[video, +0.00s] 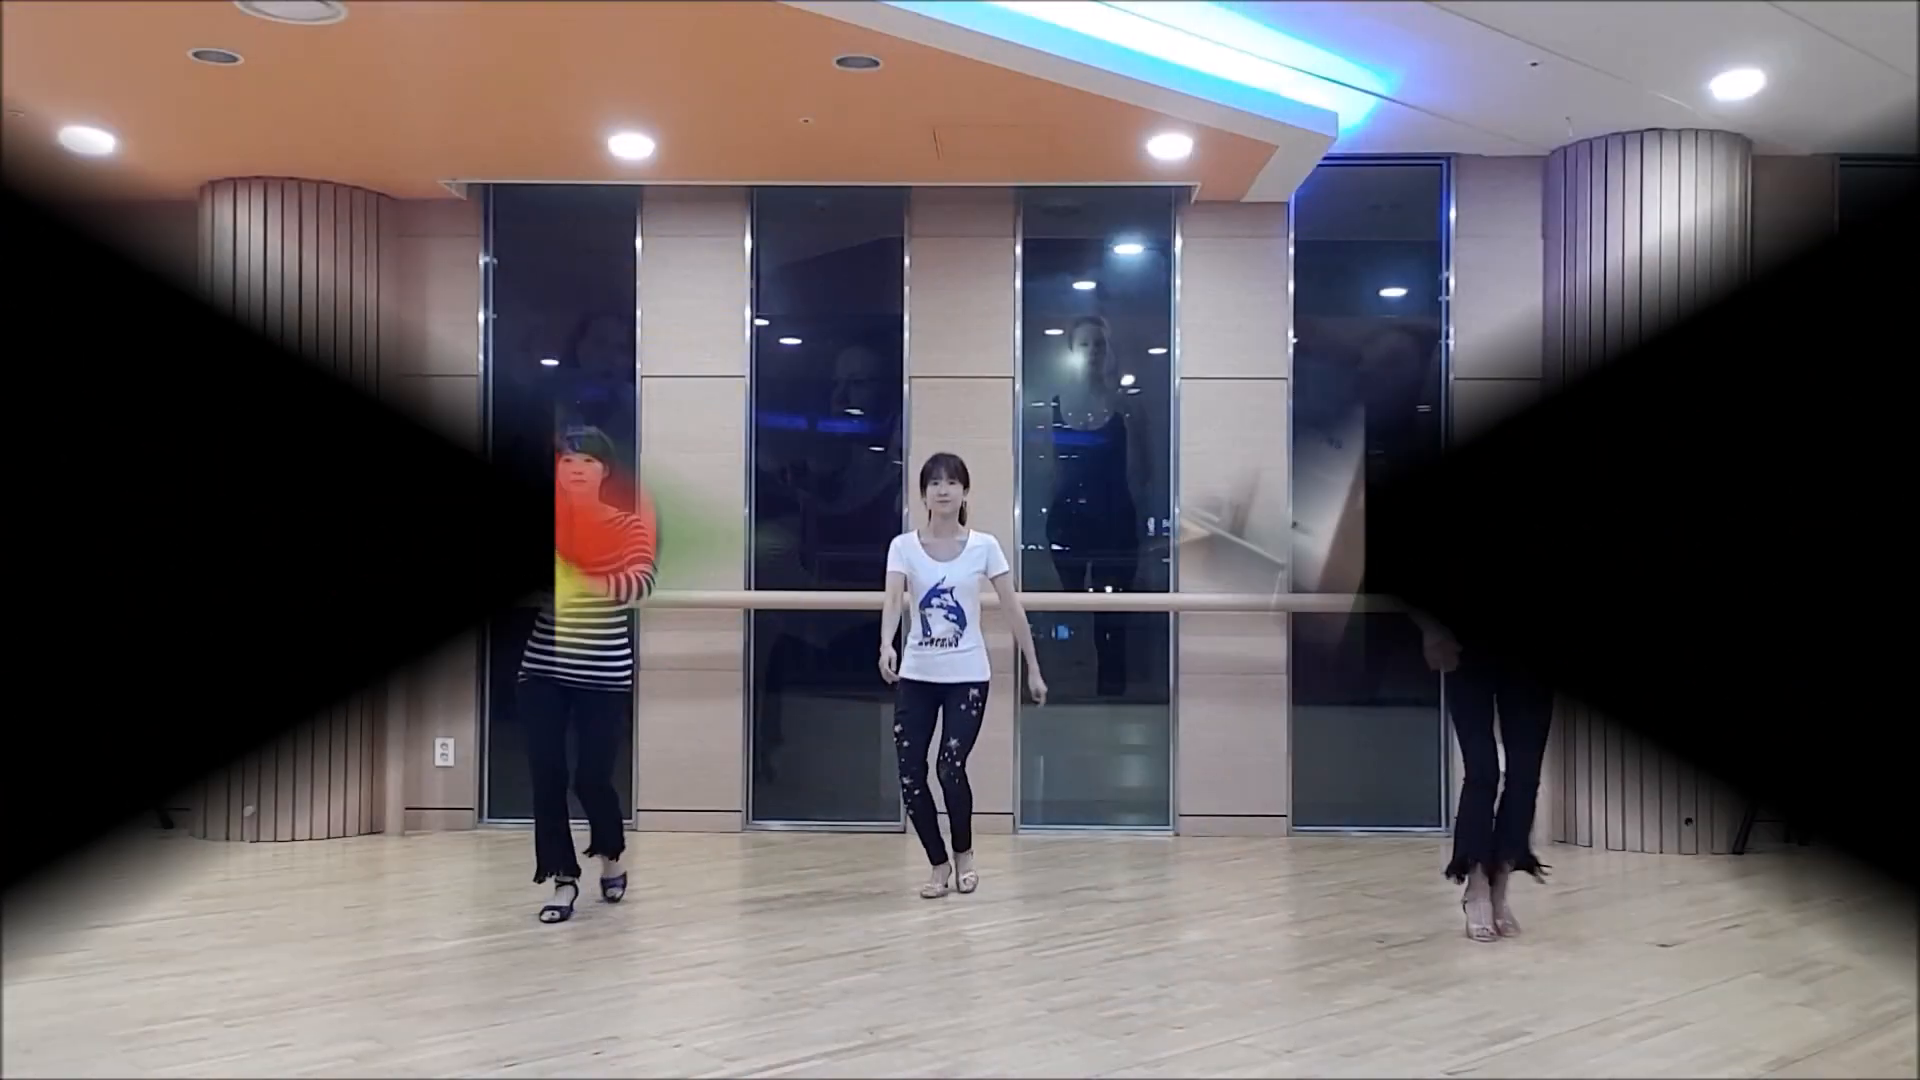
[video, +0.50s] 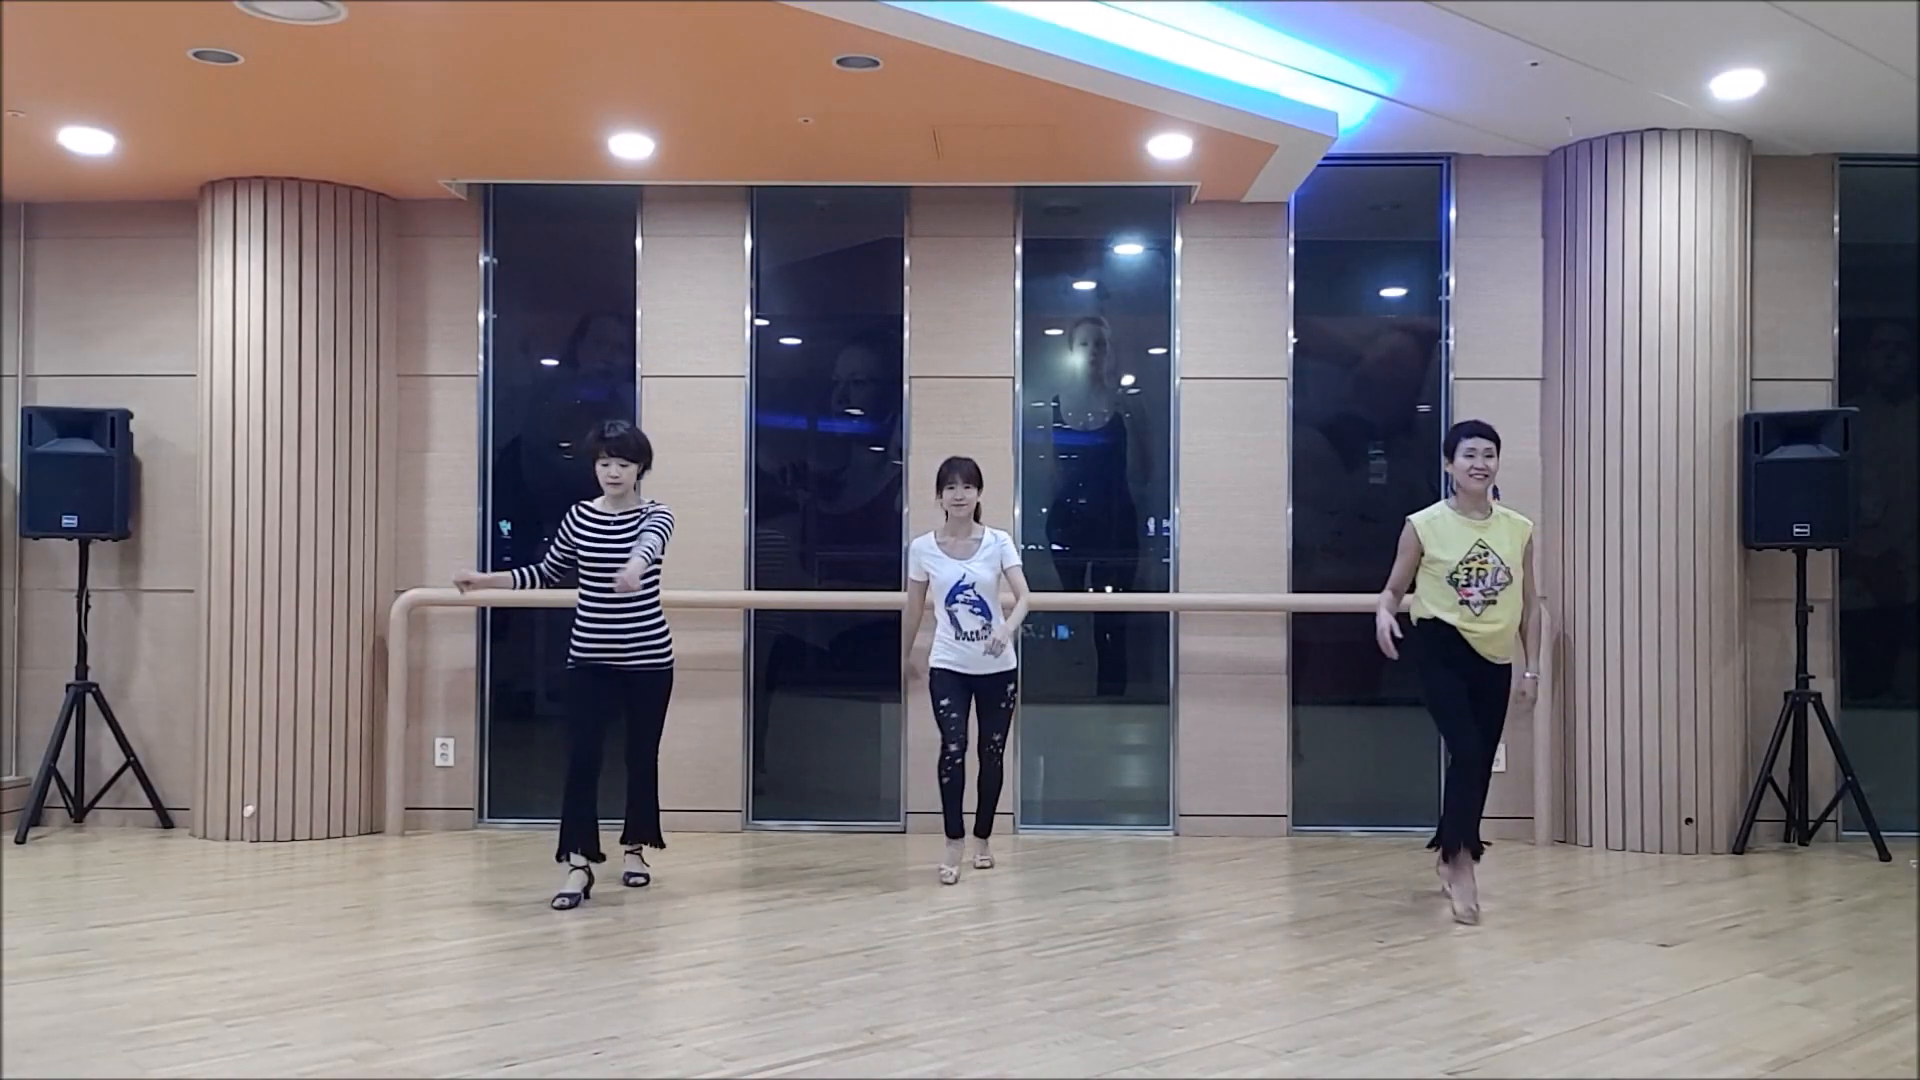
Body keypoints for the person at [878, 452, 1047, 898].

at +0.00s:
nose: (943, 489)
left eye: (952, 482)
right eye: (935, 483)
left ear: (965, 490)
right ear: (923, 492)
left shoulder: (984, 546)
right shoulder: (904, 546)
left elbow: (1013, 608)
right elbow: (892, 602)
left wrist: (1033, 668)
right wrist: (886, 646)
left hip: (968, 675)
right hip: (917, 675)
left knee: (949, 767)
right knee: (909, 773)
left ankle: (963, 857)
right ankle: (939, 865)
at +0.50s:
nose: (959, 494)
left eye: (967, 486)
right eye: (950, 487)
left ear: (979, 493)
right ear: (939, 494)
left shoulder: (999, 543)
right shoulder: (923, 548)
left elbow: (1024, 597)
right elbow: (914, 606)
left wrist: (1008, 628)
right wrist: (905, 653)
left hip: (997, 665)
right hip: (948, 664)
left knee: (992, 753)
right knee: (952, 751)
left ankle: (982, 839)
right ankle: (953, 843)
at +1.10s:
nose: (972, 491)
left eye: (979, 484)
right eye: (964, 485)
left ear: (990, 490)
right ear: (952, 492)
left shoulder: (1010, 543)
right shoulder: (935, 545)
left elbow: (1041, 595)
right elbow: (931, 602)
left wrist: (1056, 643)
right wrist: (925, 630)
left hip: (997, 663)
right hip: (948, 663)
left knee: (993, 752)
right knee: (970, 744)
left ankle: (980, 839)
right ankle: (940, 812)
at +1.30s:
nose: (972, 494)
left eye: (979, 486)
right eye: (963, 488)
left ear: (991, 493)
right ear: (952, 497)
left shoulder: (1014, 543)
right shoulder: (941, 549)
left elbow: (1051, 590)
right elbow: (942, 612)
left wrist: (1080, 632)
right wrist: (968, 597)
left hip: (990, 669)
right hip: (941, 662)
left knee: (983, 757)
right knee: (907, 746)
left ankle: (977, 842)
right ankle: (874, 829)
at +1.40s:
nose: (974, 491)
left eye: (981, 484)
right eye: (965, 485)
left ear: (992, 491)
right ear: (954, 493)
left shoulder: (1012, 541)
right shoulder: (940, 545)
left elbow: (1044, 592)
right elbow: (933, 607)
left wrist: (1072, 637)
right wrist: (961, 603)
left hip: (994, 667)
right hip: (945, 662)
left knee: (985, 756)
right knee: (915, 747)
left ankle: (977, 842)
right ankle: (881, 829)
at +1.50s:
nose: (974, 488)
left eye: (981, 481)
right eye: (965, 482)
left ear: (993, 488)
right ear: (954, 490)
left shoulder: (1010, 539)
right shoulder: (937, 542)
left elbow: (1035, 593)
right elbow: (926, 593)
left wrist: (1054, 643)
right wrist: (941, 607)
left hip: (998, 663)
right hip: (949, 663)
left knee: (993, 752)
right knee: (949, 747)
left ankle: (978, 838)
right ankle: (922, 817)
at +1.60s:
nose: (976, 492)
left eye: (983, 485)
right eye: (967, 486)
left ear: (994, 493)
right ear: (955, 494)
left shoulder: (1008, 545)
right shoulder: (937, 543)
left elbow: (1030, 602)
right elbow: (928, 594)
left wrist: (1034, 648)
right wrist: (921, 617)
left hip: (1000, 662)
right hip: (952, 664)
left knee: (999, 751)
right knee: (985, 745)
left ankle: (982, 839)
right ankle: (964, 822)